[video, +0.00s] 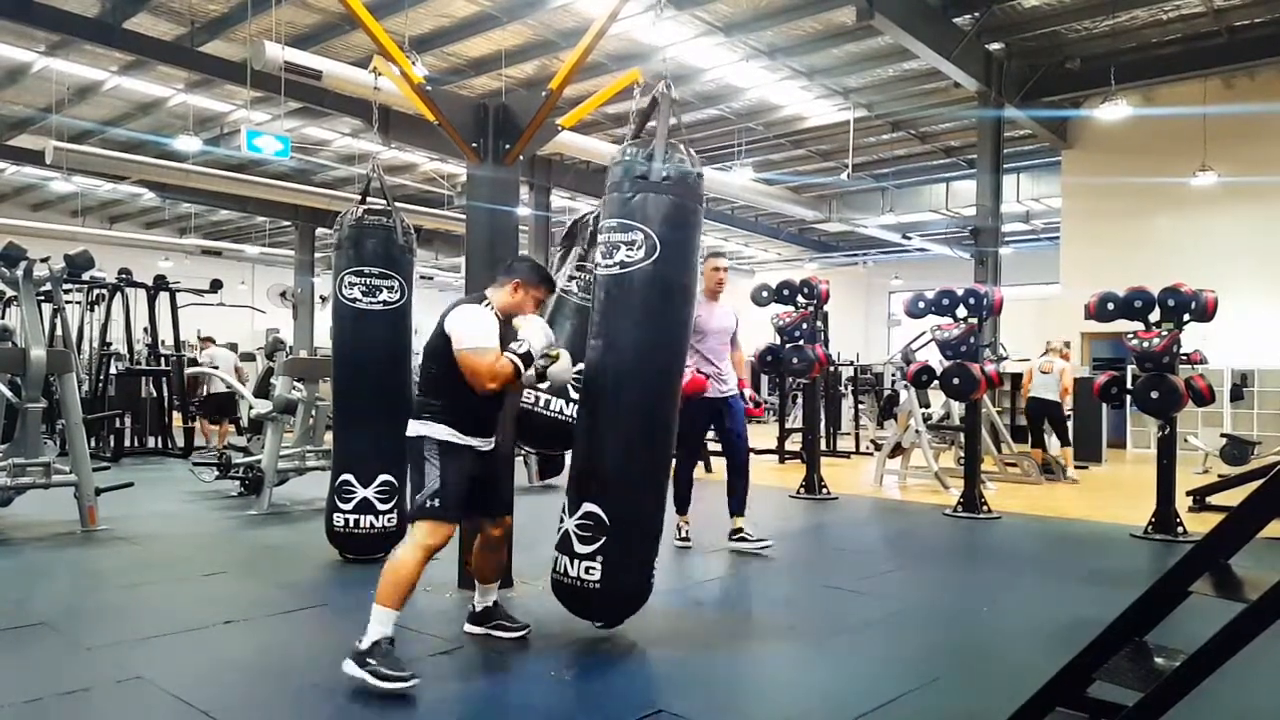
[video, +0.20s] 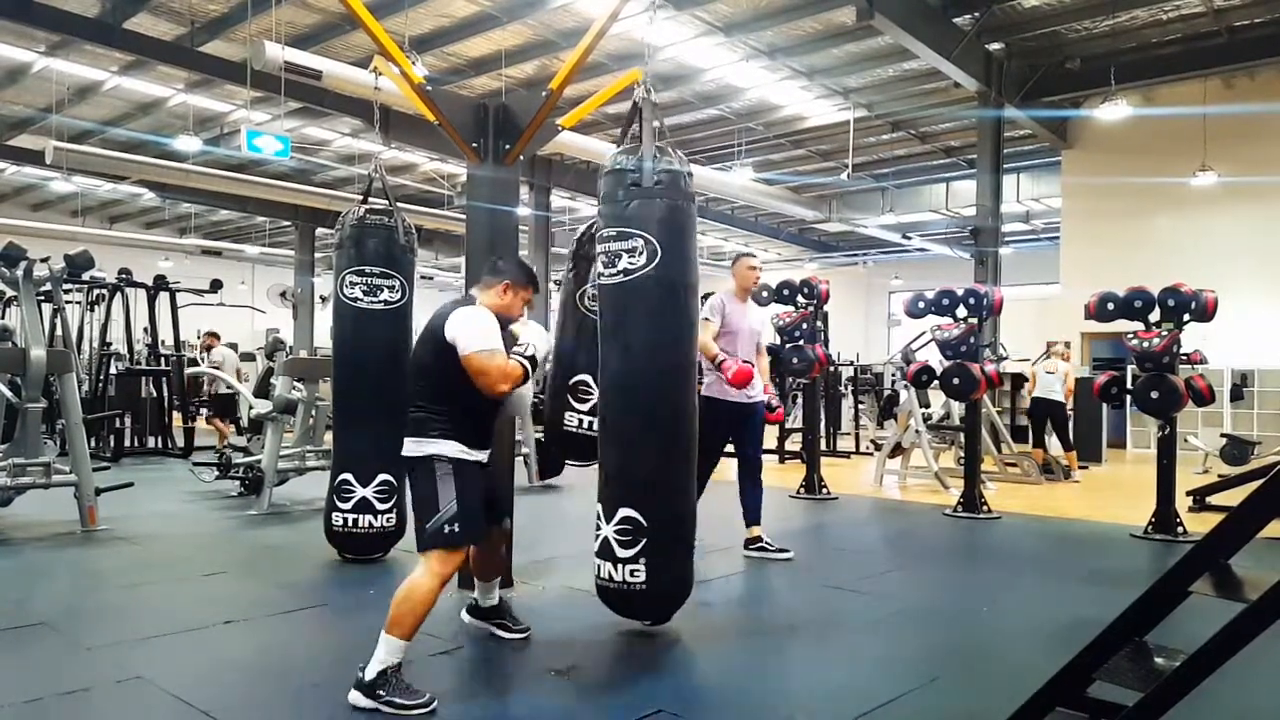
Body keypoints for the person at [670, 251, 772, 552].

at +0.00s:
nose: (721, 275)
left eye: (725, 270)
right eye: (716, 270)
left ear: (727, 276)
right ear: (702, 274)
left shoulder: (730, 314)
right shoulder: (690, 309)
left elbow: (736, 351)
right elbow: (674, 349)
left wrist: (744, 384)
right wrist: (681, 379)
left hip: (729, 395)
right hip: (695, 396)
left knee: (739, 456)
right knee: (686, 459)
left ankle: (738, 525)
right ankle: (682, 521)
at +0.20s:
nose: (758, 274)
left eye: (759, 270)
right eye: (752, 268)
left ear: (758, 275)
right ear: (734, 272)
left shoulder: (760, 313)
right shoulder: (719, 302)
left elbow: (761, 355)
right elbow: (703, 338)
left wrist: (768, 390)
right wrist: (724, 363)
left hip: (752, 401)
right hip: (717, 400)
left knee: (751, 465)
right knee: (701, 467)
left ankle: (754, 535)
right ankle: (678, 528)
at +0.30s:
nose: (777, 272)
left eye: (777, 267)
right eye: (771, 266)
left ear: (768, 273)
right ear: (752, 269)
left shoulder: (772, 312)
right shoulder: (733, 303)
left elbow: (779, 356)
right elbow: (717, 344)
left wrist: (788, 392)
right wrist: (736, 371)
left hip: (766, 400)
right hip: (735, 399)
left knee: (759, 467)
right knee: (728, 464)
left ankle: (754, 536)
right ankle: (689, 509)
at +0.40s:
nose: (794, 270)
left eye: (794, 265)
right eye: (789, 265)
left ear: (779, 270)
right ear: (770, 269)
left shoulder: (789, 312)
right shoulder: (748, 301)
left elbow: (797, 355)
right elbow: (734, 344)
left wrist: (809, 394)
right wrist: (742, 382)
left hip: (780, 396)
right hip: (752, 392)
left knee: (768, 463)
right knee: (760, 461)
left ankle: (755, 535)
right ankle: (718, 504)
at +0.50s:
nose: (809, 269)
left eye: (808, 264)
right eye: (804, 263)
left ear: (792, 270)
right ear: (785, 268)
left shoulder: (800, 308)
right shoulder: (761, 300)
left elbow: (808, 353)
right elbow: (744, 344)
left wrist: (822, 388)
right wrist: (745, 388)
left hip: (791, 390)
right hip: (768, 388)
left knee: (773, 458)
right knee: (791, 457)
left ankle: (757, 534)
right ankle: (752, 521)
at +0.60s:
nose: (825, 270)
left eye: (824, 264)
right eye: (821, 263)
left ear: (808, 268)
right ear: (806, 267)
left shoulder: (813, 308)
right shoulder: (778, 301)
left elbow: (817, 354)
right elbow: (753, 346)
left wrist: (834, 389)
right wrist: (751, 392)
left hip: (803, 394)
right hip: (783, 393)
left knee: (777, 462)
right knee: (806, 465)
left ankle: (757, 535)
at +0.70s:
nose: (842, 273)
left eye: (840, 267)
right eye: (838, 267)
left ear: (823, 270)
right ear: (825, 270)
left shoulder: (820, 308)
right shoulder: (794, 304)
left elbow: (824, 356)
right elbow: (767, 349)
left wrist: (839, 387)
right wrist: (765, 394)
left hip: (813, 401)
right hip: (798, 402)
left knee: (782, 467)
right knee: (820, 473)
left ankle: (758, 534)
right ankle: (848, 549)